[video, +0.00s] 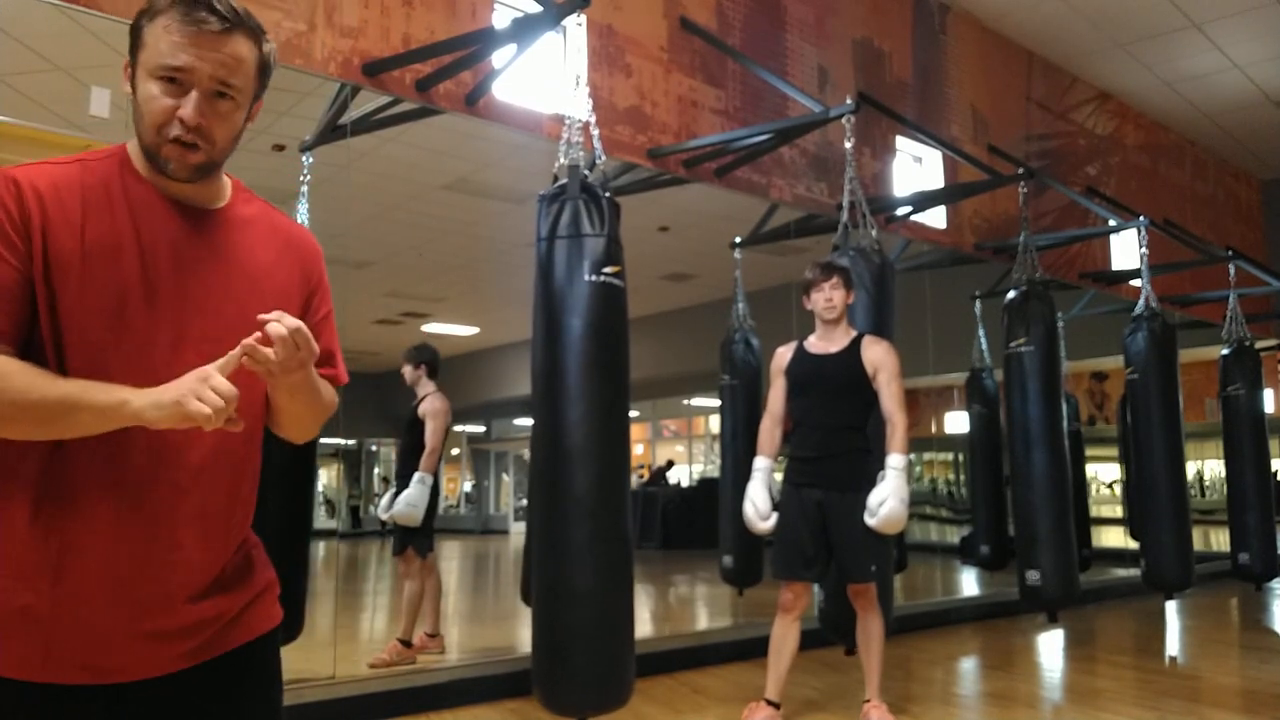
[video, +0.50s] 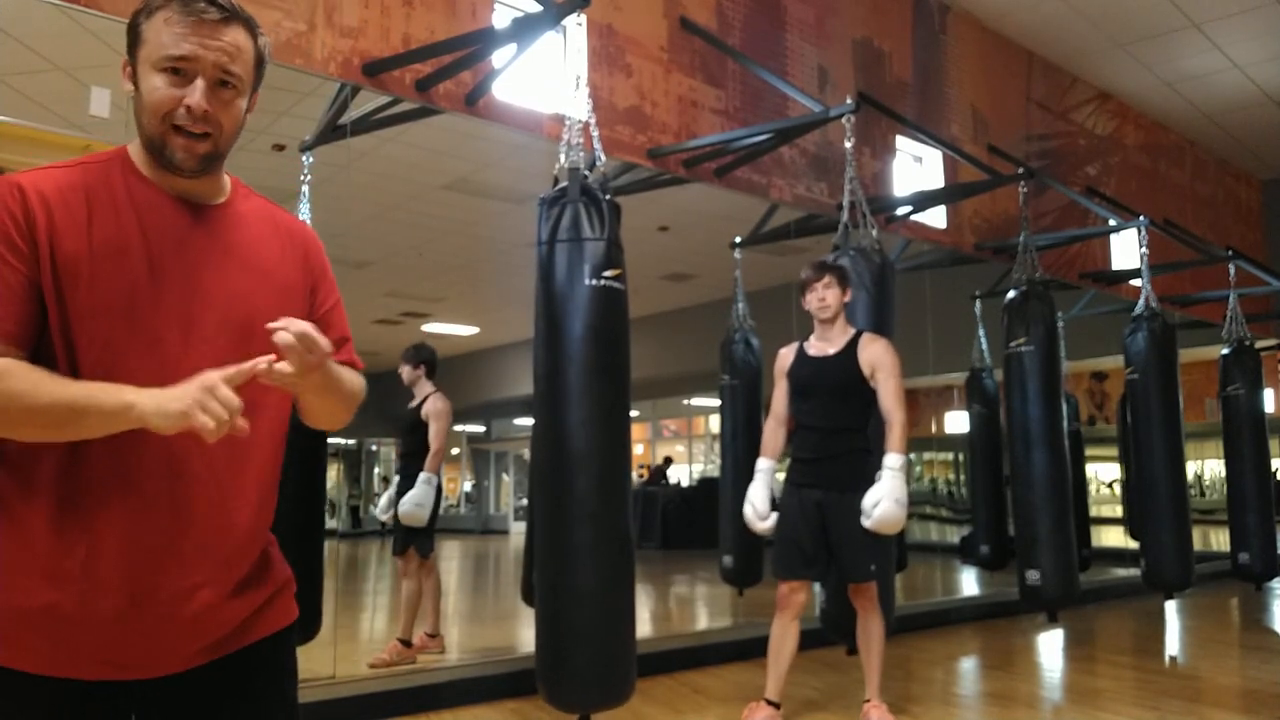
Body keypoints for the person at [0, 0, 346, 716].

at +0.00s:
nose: (189, 114)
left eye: (221, 95)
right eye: (171, 83)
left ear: (251, 111)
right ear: (130, 80)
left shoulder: (289, 251)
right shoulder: (25, 204)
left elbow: (302, 428)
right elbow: (1, 381)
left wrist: (295, 377)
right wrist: (138, 404)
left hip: (219, 648)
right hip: (40, 651)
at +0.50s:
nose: (197, 103)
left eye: (224, 85)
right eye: (176, 73)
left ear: (250, 106)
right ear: (131, 77)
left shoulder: (292, 243)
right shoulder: (30, 208)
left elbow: (339, 410)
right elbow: (2, 380)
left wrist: (316, 374)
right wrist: (143, 404)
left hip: (235, 648)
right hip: (50, 651)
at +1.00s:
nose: (256, 113)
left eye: (286, 97)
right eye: (238, 83)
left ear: (314, 118)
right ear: (198, 84)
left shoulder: (355, 256)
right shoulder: (100, 215)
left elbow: (385, 414)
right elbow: (38, 393)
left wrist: (334, 375)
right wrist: (211, 418)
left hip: (273, 654)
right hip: (96, 646)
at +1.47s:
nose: (284, 108)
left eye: (312, 93)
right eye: (267, 77)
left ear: (335, 117)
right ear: (221, 80)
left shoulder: (367, 252)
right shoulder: (111, 209)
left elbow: (407, 412)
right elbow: (35, 383)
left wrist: (325, 351)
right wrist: (189, 397)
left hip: (290, 645)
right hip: (109, 637)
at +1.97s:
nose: (96, 61)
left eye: (123, 39)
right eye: (72, 39)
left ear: (175, 66)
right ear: (48, 66)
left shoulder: (286, 197)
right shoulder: (19, 230)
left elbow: (386, 337)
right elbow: (1, 425)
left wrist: (343, 425)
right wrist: (0, 336)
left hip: (271, 641)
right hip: (78, 645)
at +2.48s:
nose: (119, 58)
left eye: (147, 38)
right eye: (93, 33)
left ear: (186, 63)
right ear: (56, 53)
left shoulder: (278, 211)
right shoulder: (7, 206)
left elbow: (360, 368)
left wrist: (291, 341)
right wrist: (28, 343)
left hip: (256, 639)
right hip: (48, 651)